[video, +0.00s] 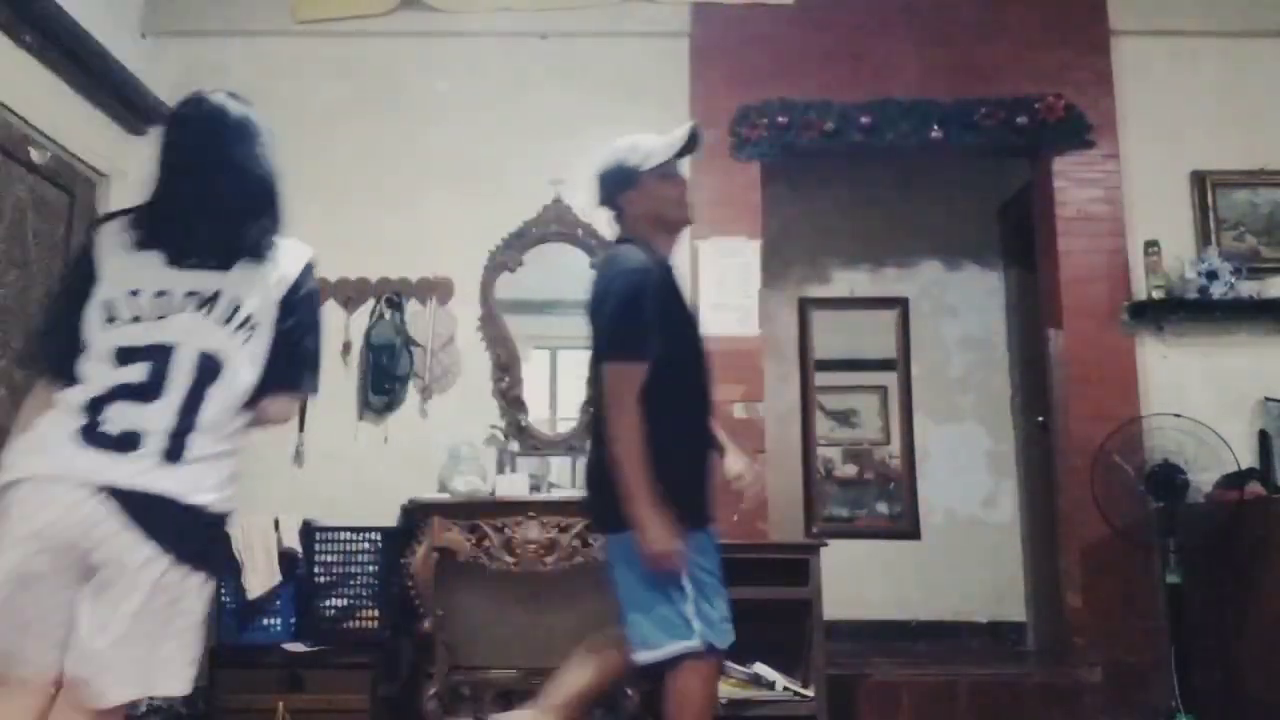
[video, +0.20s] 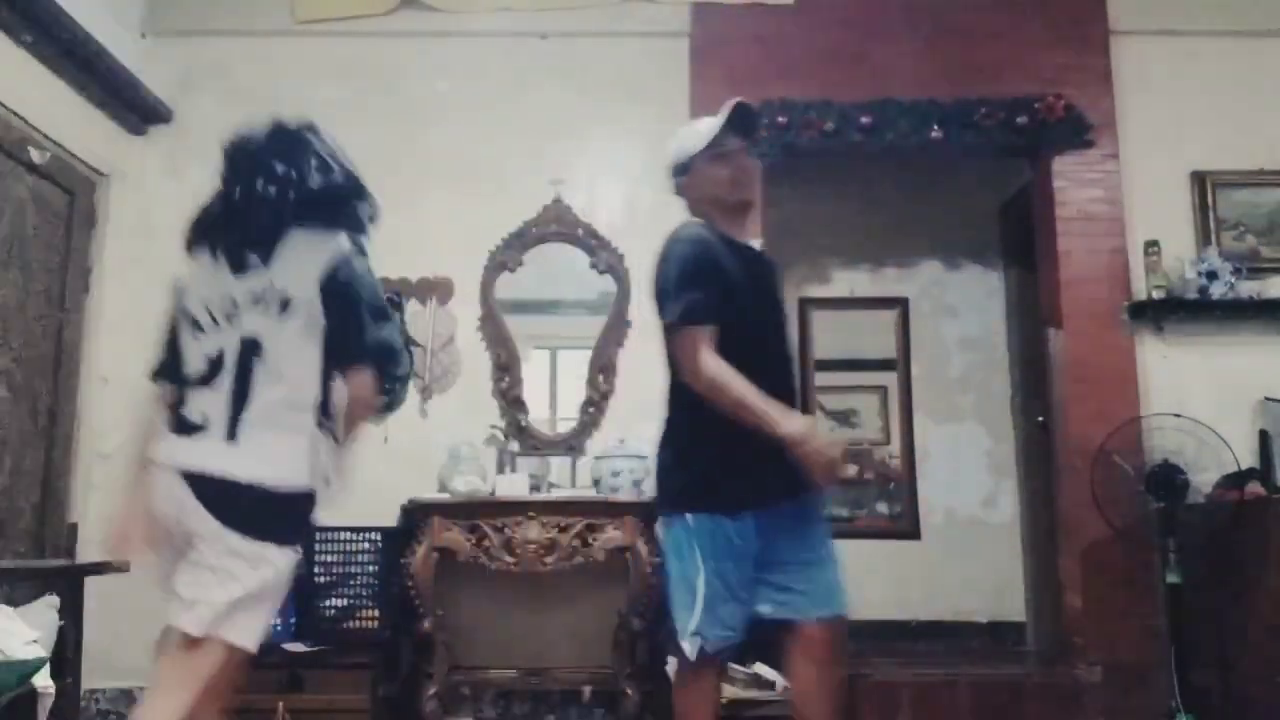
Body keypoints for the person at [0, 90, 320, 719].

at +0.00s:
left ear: (169, 163)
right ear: (258, 171)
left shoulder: (105, 242)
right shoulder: (288, 269)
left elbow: (51, 375)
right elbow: (280, 405)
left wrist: (12, 463)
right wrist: (205, 402)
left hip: (44, 496)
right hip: (168, 527)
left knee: (18, 695)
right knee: (86, 707)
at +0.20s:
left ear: (237, 182)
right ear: (325, 183)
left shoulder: (202, 260)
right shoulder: (332, 255)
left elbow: (169, 387)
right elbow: (366, 385)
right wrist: (344, 429)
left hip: (179, 476)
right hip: (267, 492)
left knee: (220, 670)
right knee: (187, 675)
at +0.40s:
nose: (415, 266)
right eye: (411, 256)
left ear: (341, 254)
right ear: (403, 260)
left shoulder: (316, 323)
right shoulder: (417, 328)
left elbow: (292, 431)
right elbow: (430, 442)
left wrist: (271, 530)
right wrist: (454, 540)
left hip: (306, 521)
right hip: (366, 529)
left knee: (365, 668)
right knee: (298, 687)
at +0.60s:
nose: (524, 243)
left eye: (521, 233)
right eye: (517, 234)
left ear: (453, 240)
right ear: (496, 242)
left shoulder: (429, 296)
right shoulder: (506, 296)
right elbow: (496, 398)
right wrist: (513, 493)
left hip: (427, 485)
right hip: (477, 490)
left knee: (442, 623)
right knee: (512, 624)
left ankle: (400, 712)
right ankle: (456, 714)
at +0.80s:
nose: (626, 289)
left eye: (623, 278)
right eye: (614, 279)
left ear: (552, 297)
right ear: (588, 288)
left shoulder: (556, 344)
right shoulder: (607, 347)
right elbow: (604, 454)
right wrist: (618, 539)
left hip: (540, 531)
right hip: (589, 538)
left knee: (511, 647)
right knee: (640, 649)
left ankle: (458, 715)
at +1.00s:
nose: (729, 275)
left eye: (725, 266)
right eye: (720, 267)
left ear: (687, 278)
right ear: (699, 277)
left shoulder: (677, 333)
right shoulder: (699, 336)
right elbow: (715, 433)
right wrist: (774, 480)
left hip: (694, 518)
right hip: (690, 522)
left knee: (752, 620)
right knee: (695, 646)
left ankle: (658, 696)